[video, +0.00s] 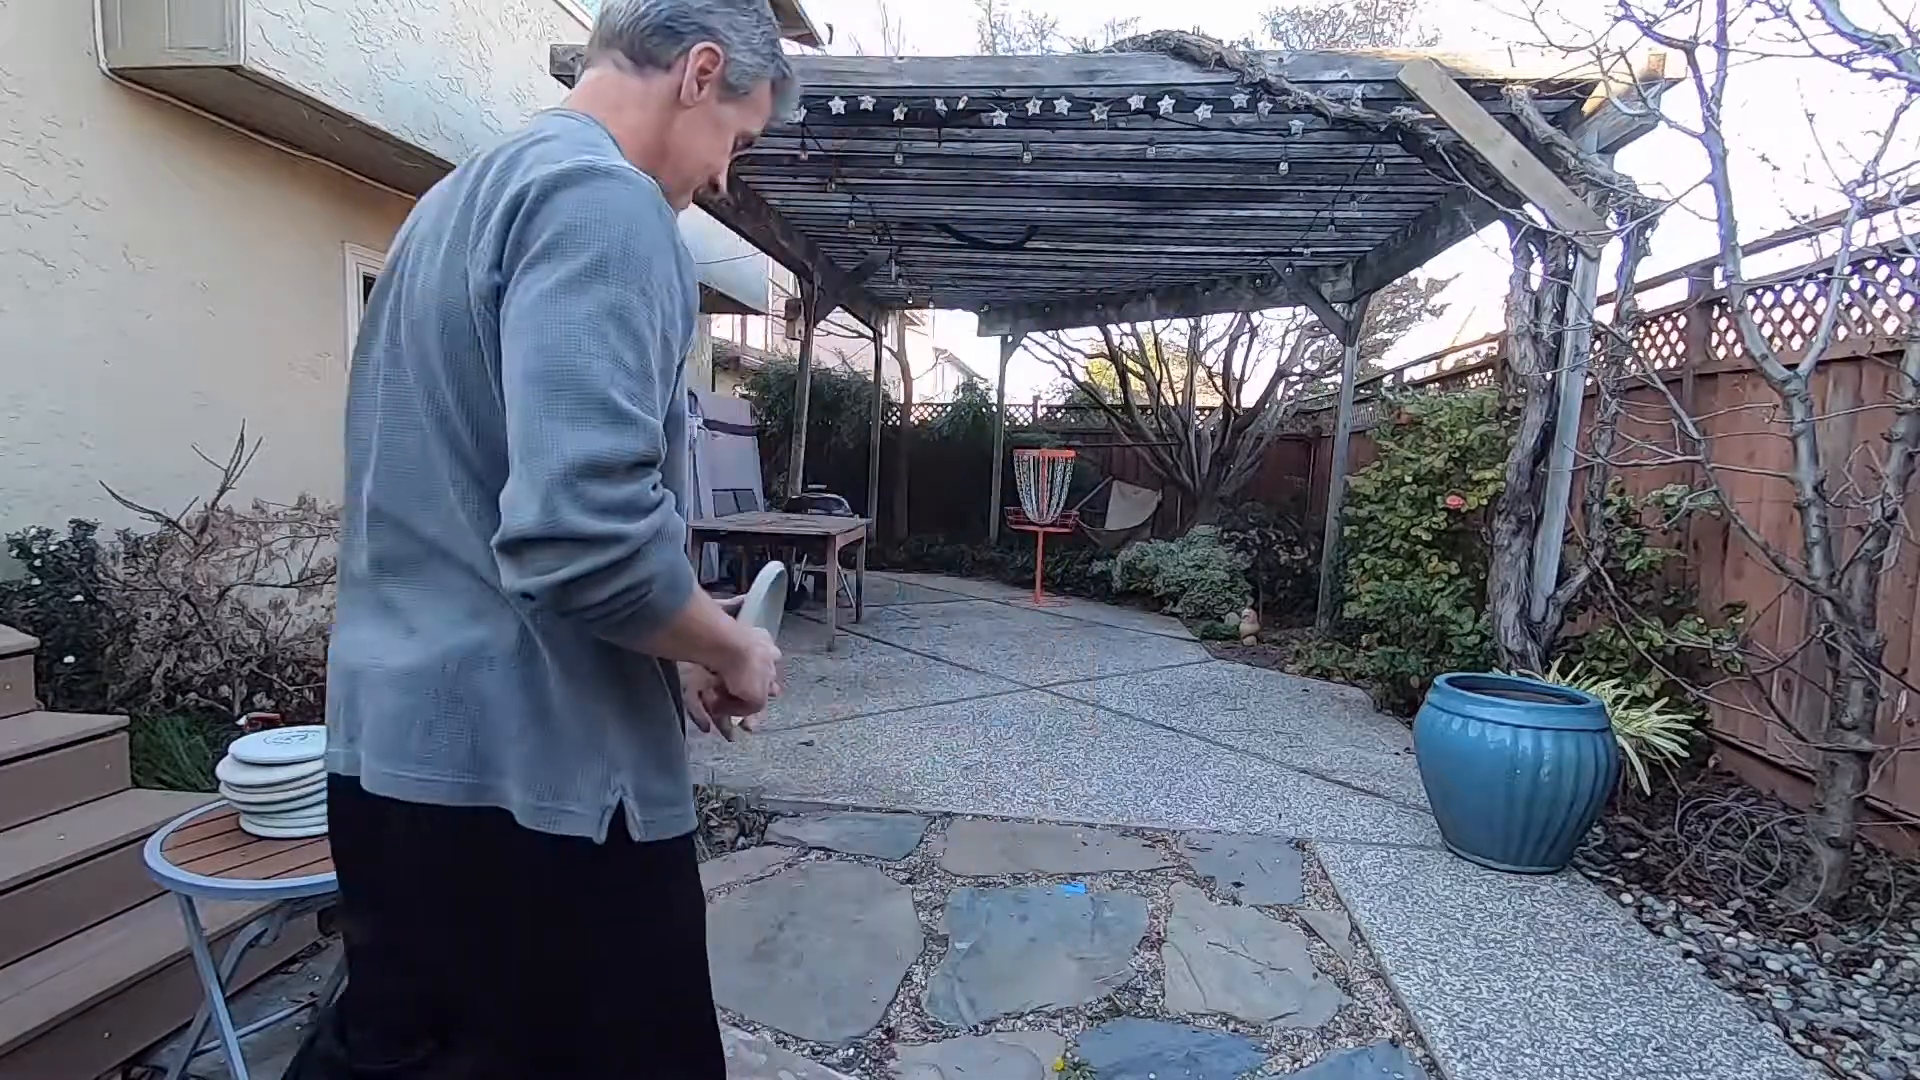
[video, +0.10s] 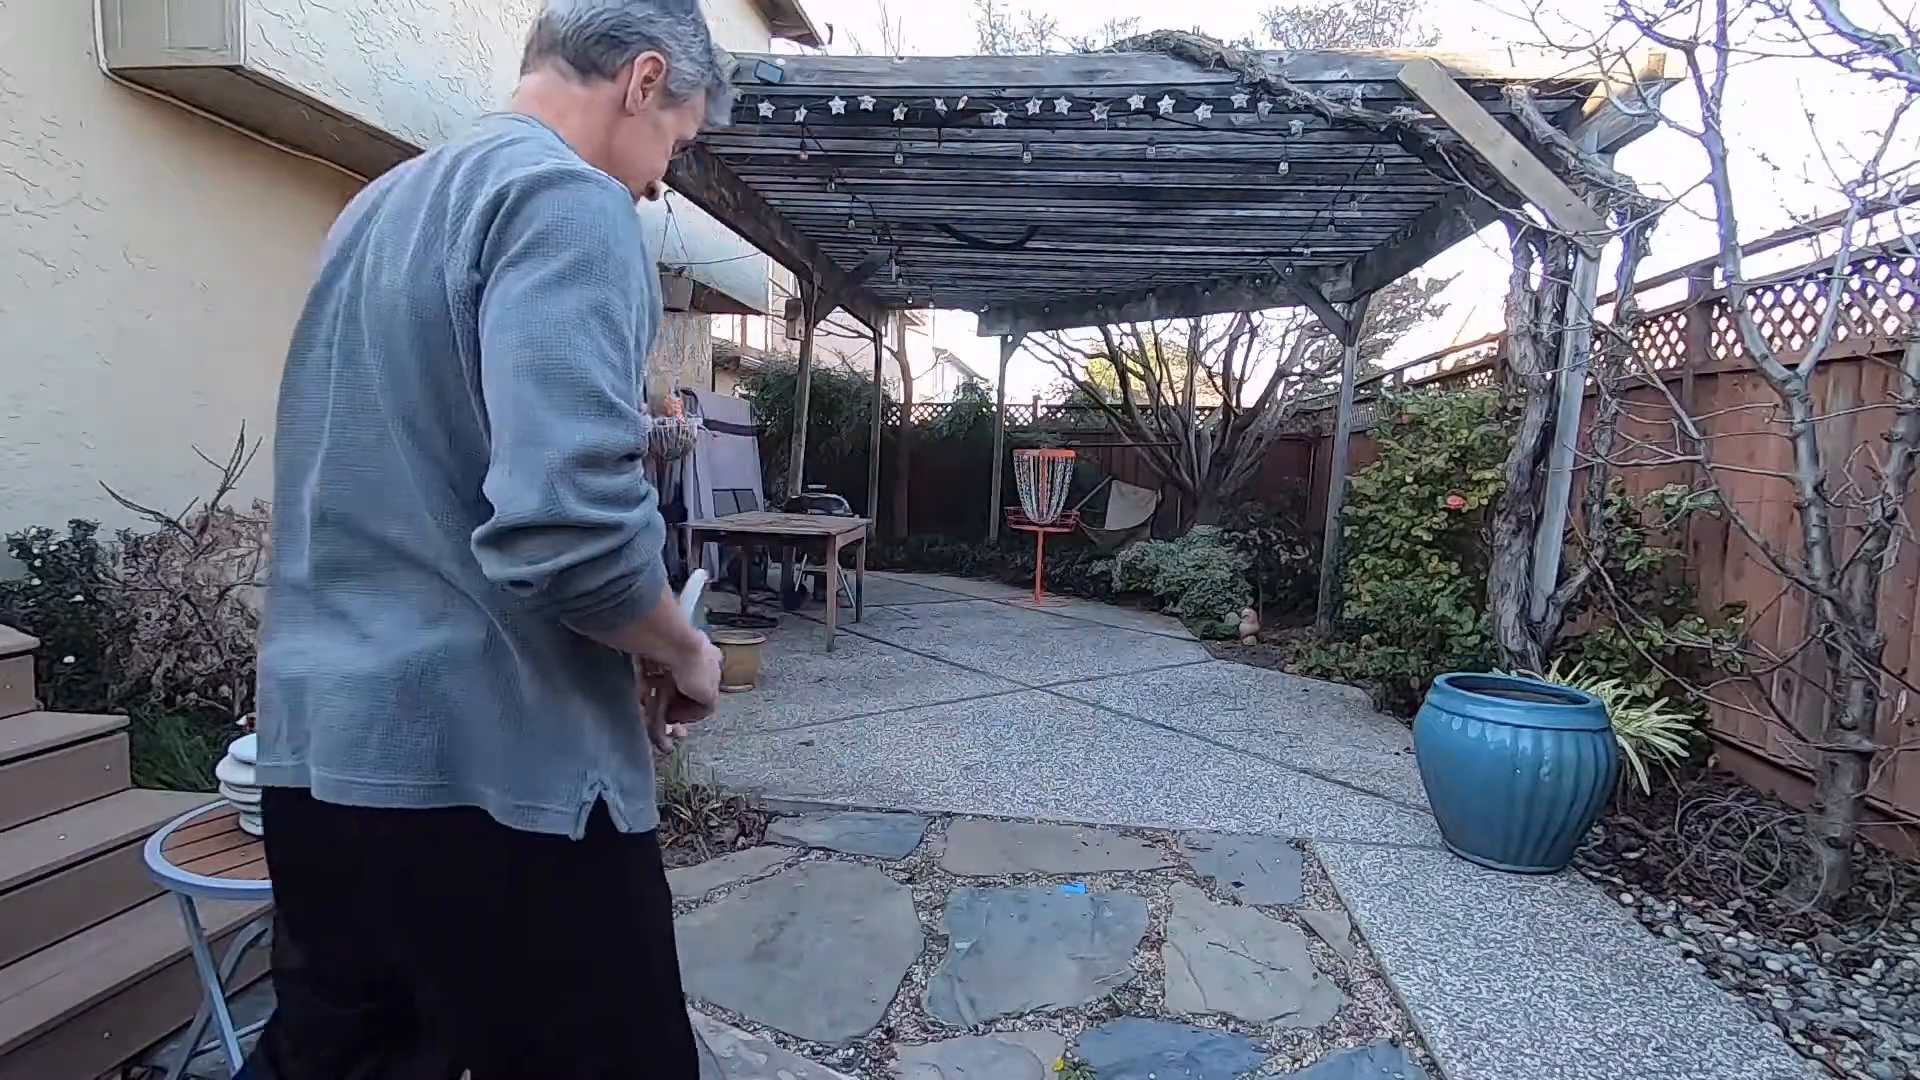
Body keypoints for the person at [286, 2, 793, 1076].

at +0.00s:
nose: (724, 174)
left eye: (741, 146)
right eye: (738, 136)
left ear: (607, 64)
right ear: (698, 72)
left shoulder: (460, 193)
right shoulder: (601, 198)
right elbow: (580, 531)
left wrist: (663, 649)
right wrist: (725, 641)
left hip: (396, 769)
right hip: (540, 789)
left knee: (397, 1052)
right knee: (642, 1064)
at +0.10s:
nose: (660, 181)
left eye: (680, 156)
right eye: (676, 144)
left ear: (540, 73)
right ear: (640, 81)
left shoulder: (381, 202)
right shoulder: (566, 197)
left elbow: (408, 510)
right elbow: (566, 521)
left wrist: (605, 667)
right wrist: (682, 647)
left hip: (320, 767)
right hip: (494, 774)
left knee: (344, 1061)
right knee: (614, 1065)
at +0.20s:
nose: (594, 184)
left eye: (609, 159)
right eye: (606, 149)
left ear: (459, 81)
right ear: (570, 88)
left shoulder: (286, 216)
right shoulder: (510, 202)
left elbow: (273, 502)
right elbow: (528, 510)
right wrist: (621, 648)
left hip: (238, 777)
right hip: (447, 783)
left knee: (261, 1060)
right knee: (574, 1065)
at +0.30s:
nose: (520, 186)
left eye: (536, 163)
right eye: (531, 153)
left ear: (379, 87)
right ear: (490, 93)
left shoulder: (195, 225)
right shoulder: (443, 209)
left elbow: (187, 507)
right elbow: (479, 513)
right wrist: (556, 646)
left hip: (146, 790)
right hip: (374, 797)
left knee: (166, 1065)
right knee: (524, 1064)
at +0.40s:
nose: (450, 190)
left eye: (465, 167)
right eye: (460, 158)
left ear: (302, 90)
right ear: (414, 95)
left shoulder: (104, 227)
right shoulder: (386, 218)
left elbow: (60, 491)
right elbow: (419, 528)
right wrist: (482, 640)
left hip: (39, 798)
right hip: (298, 810)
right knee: (456, 1065)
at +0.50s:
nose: (389, 178)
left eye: (404, 154)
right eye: (399, 140)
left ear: (238, 75)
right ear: (354, 76)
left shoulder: (35, 212)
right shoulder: (333, 204)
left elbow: (28, 482)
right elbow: (384, 514)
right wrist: (429, 647)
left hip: (25, 805)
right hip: (279, 812)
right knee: (402, 1057)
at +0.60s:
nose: (337, 163)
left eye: (350, 135)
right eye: (346, 126)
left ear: (178, 61)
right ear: (299, 59)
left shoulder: (13, 188)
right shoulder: (294, 193)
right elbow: (361, 506)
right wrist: (393, 631)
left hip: (19, 792)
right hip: (266, 791)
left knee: (59, 1061)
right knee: (392, 1055)